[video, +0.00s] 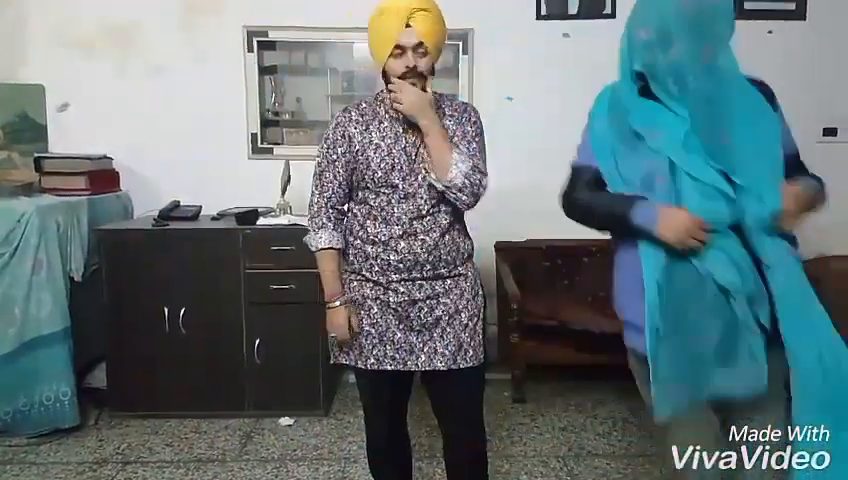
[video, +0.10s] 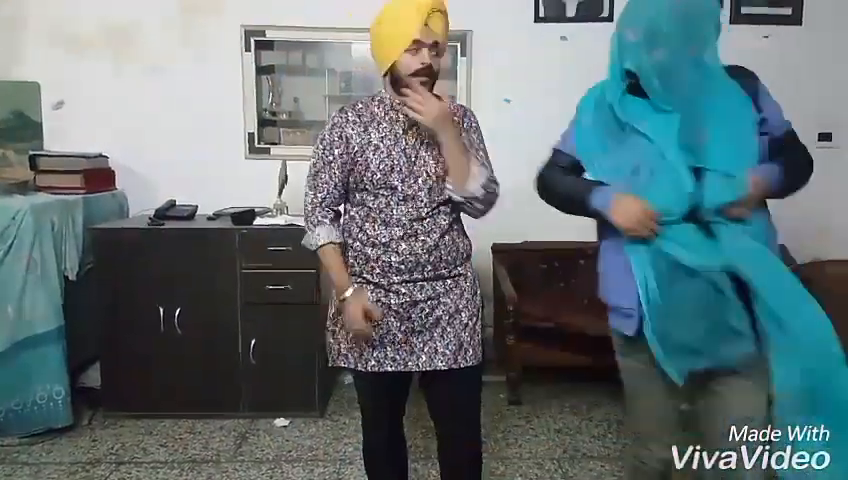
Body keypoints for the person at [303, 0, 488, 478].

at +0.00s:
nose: (411, 62)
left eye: (422, 51)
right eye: (399, 52)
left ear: (437, 56)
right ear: (381, 59)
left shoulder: (460, 117)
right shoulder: (350, 125)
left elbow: (467, 192)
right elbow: (325, 214)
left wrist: (428, 120)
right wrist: (333, 300)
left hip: (449, 294)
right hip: (375, 298)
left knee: (465, 433)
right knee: (384, 433)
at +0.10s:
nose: (428, 60)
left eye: (437, 48)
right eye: (415, 48)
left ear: (445, 53)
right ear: (388, 55)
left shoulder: (458, 119)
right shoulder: (349, 124)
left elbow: (480, 202)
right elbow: (320, 213)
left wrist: (447, 131)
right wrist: (346, 290)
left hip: (448, 301)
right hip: (375, 304)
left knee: (461, 442)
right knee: (382, 441)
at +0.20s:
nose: (439, 58)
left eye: (442, 48)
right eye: (426, 47)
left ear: (446, 54)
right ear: (394, 54)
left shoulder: (454, 121)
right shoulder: (347, 123)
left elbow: (486, 208)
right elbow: (318, 208)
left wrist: (473, 147)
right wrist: (367, 265)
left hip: (448, 299)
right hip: (373, 303)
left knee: (455, 440)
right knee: (379, 439)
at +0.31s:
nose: (444, 59)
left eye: (446, 49)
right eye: (433, 48)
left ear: (445, 54)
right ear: (399, 53)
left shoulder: (454, 121)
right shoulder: (351, 118)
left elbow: (477, 206)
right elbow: (327, 205)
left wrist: (494, 164)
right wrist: (405, 230)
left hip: (446, 300)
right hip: (372, 303)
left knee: (444, 437)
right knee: (375, 434)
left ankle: (432, 473)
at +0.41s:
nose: (452, 62)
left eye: (452, 51)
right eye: (441, 51)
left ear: (449, 57)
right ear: (407, 56)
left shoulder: (451, 122)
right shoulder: (357, 118)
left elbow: (470, 201)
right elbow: (361, 204)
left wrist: (516, 169)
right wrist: (447, 187)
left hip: (442, 300)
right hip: (372, 301)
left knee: (431, 439)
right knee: (373, 436)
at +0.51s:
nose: (460, 73)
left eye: (460, 62)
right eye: (452, 63)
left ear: (434, 65)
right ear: (418, 63)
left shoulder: (447, 124)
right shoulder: (367, 119)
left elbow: (457, 199)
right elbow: (385, 190)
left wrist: (499, 167)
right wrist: (470, 153)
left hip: (441, 311)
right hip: (375, 312)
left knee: (423, 453)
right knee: (374, 454)